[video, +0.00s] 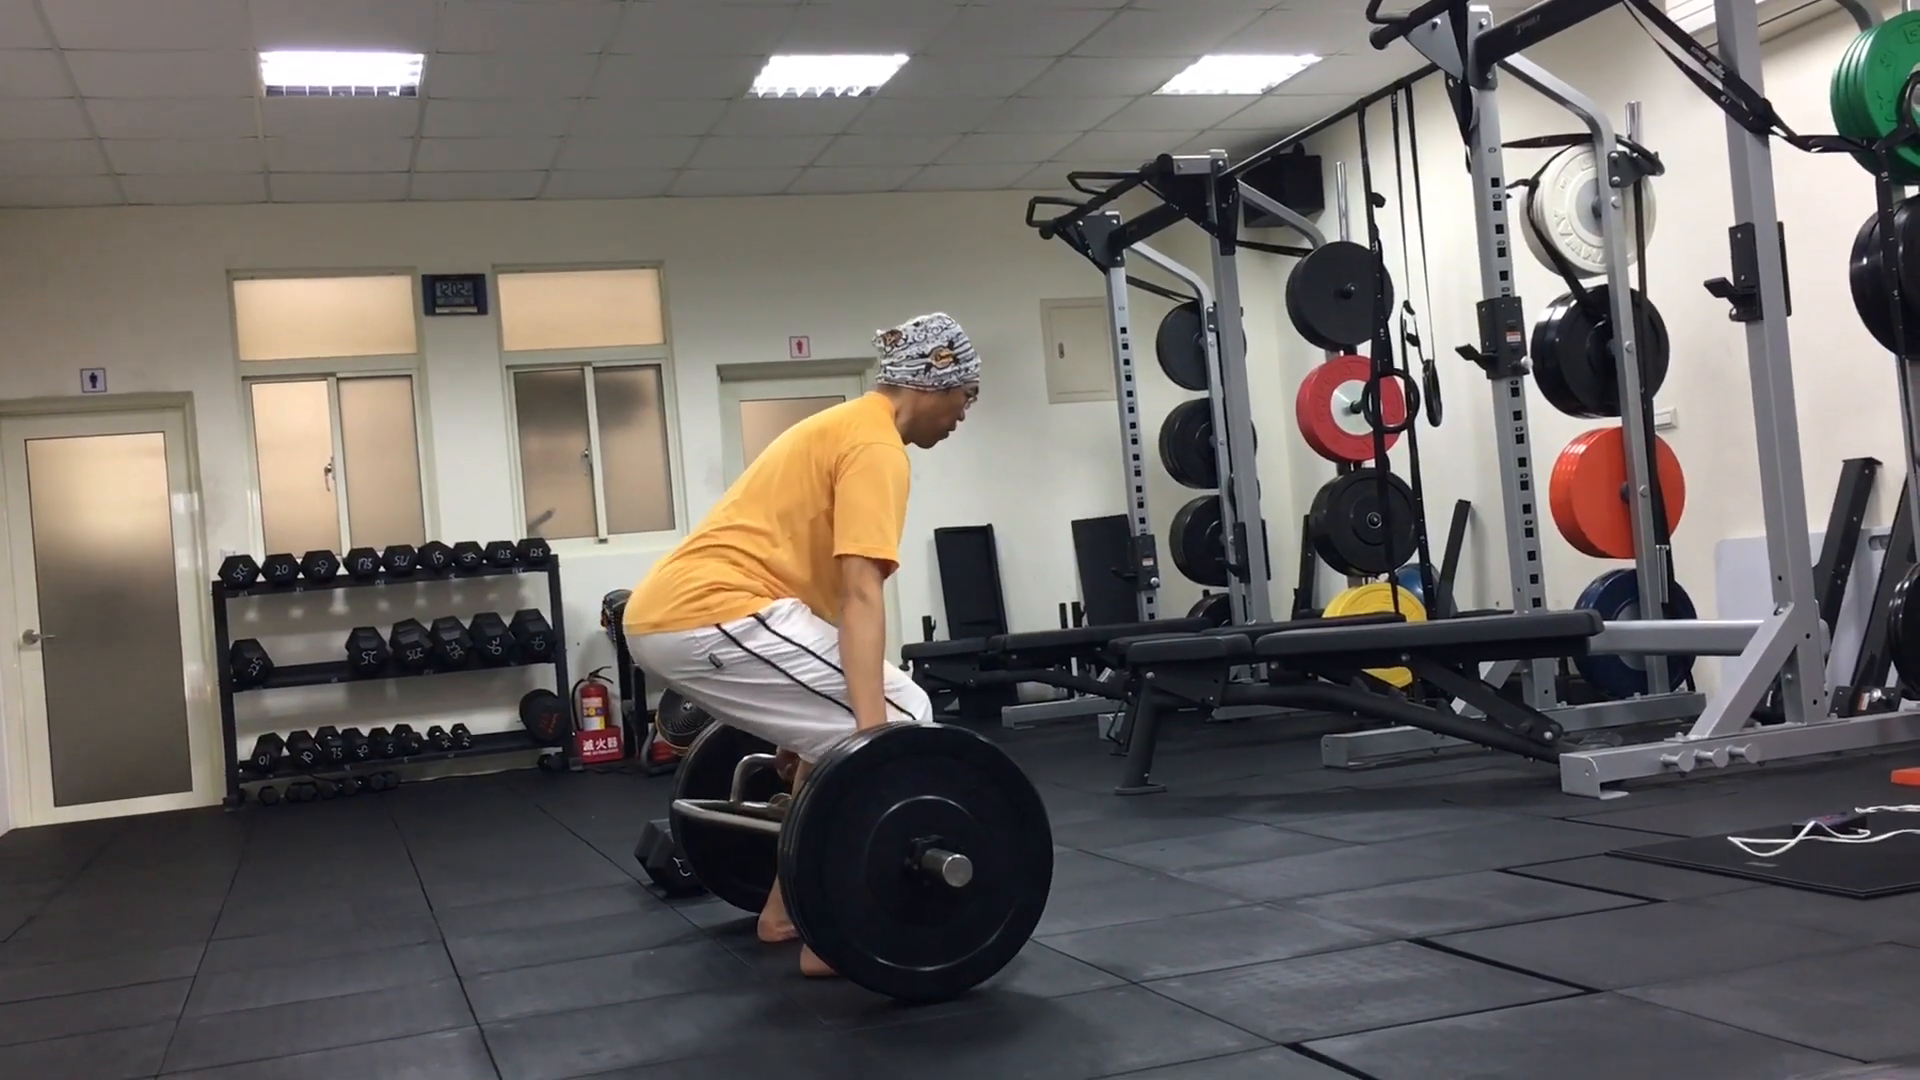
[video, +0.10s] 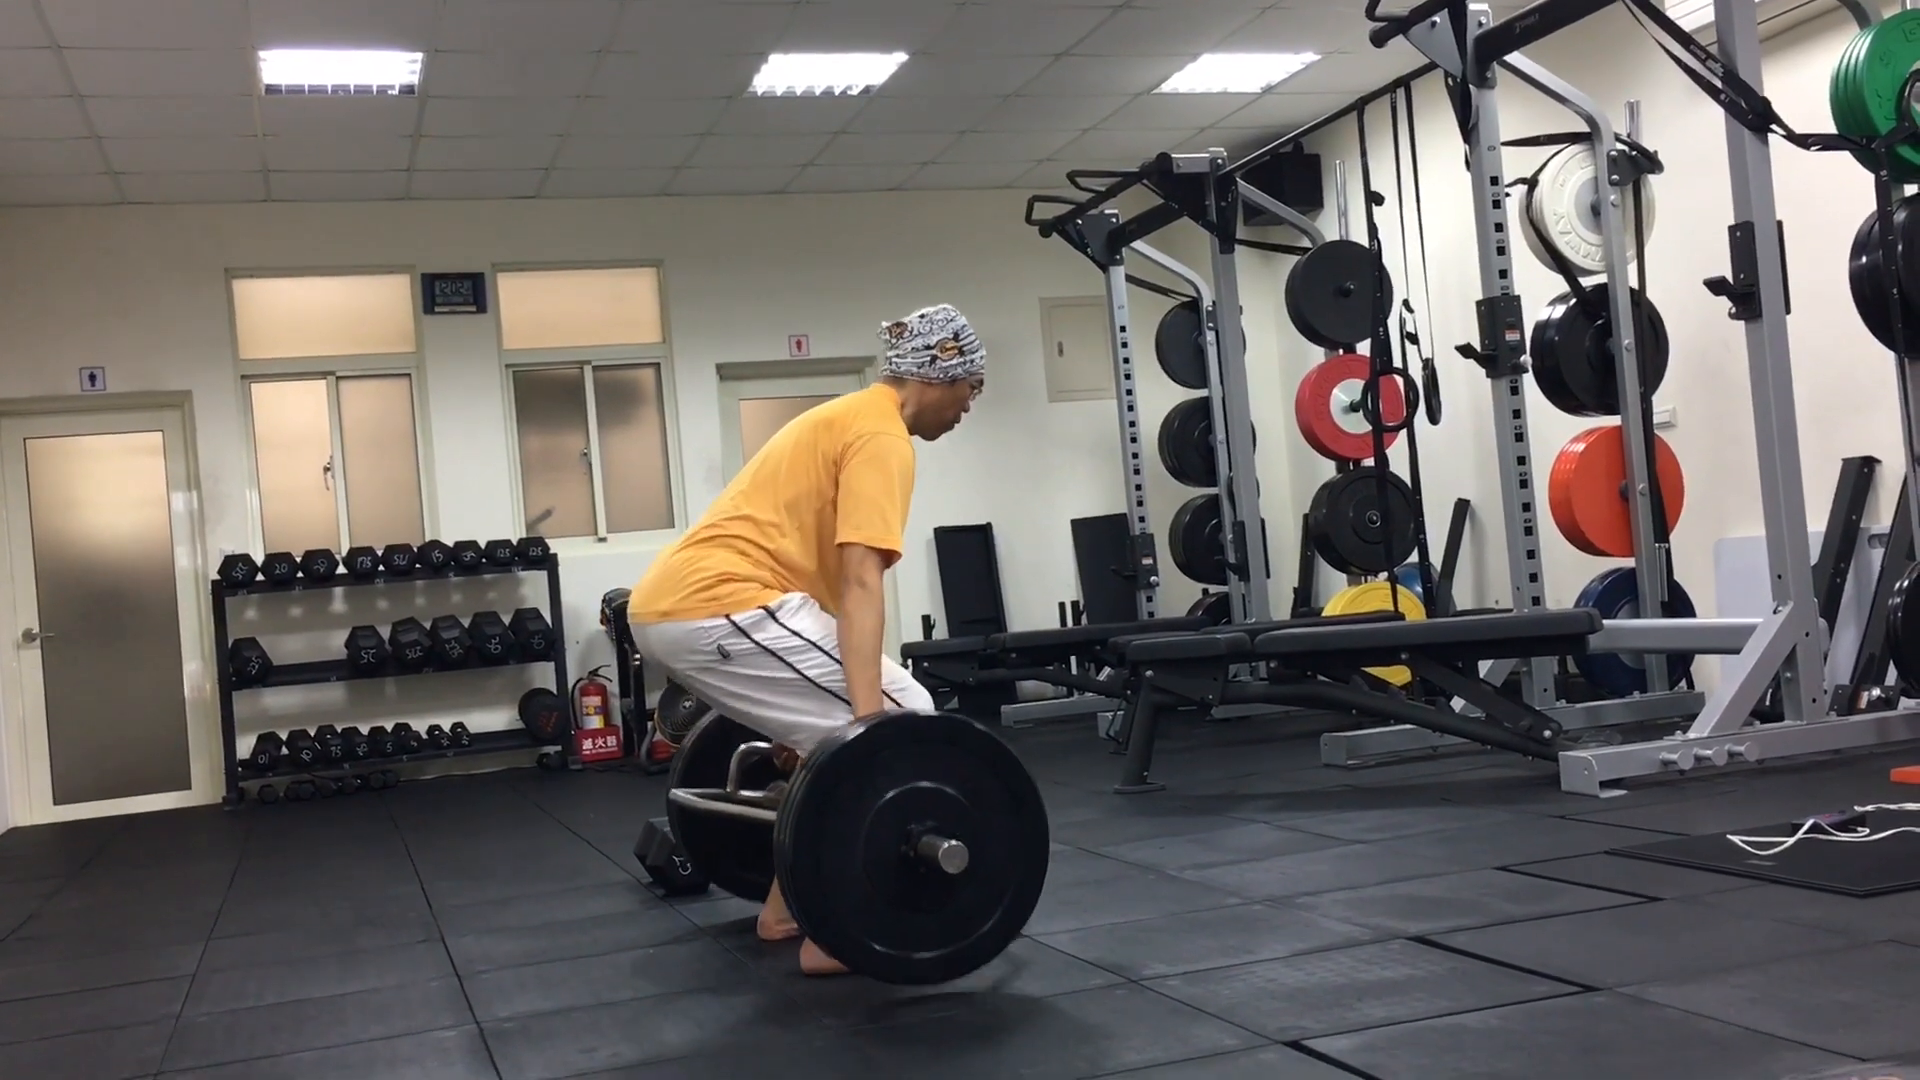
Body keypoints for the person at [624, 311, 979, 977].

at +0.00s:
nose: (961, 419)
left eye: (967, 405)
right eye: (962, 401)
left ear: (907, 382)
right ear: (926, 384)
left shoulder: (841, 428)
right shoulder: (874, 442)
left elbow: (825, 588)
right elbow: (859, 593)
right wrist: (872, 733)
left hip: (672, 613)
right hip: (717, 613)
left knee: (859, 713)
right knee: (904, 714)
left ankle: (785, 904)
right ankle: (838, 934)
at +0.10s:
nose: (967, 410)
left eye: (973, 396)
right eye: (968, 391)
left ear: (911, 373)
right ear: (933, 375)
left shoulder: (844, 418)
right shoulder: (879, 431)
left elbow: (825, 576)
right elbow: (859, 580)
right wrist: (868, 714)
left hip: (675, 605)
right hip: (725, 605)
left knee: (851, 722)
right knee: (905, 714)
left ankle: (784, 904)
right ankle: (838, 933)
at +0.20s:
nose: (970, 391)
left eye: (976, 377)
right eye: (972, 373)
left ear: (914, 355)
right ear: (941, 359)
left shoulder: (847, 401)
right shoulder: (882, 412)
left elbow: (826, 557)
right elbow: (859, 557)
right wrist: (863, 693)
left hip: (677, 588)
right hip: (729, 588)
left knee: (842, 718)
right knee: (901, 717)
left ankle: (786, 902)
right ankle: (839, 932)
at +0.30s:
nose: (963, 365)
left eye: (970, 351)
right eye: (966, 346)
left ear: (909, 328)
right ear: (936, 330)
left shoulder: (845, 372)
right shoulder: (879, 383)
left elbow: (828, 531)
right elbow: (856, 532)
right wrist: (863, 668)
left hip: (677, 562)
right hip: (726, 562)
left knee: (823, 714)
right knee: (855, 717)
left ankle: (788, 899)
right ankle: (836, 931)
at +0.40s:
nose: (957, 324)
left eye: (962, 309)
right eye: (957, 306)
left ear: (895, 288)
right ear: (926, 291)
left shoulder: (836, 337)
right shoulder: (869, 347)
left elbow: (819, 498)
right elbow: (850, 495)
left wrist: (827, 616)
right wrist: (858, 635)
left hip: (684, 535)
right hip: (728, 536)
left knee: (814, 708)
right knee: (853, 708)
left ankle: (787, 900)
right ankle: (834, 930)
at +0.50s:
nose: (944, 276)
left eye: (948, 259)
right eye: (944, 256)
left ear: (885, 238)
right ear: (913, 241)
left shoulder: (822, 295)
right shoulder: (856, 302)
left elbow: (806, 453)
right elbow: (844, 448)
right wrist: (855, 598)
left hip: (691, 511)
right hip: (734, 513)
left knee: (799, 699)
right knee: (846, 694)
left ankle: (785, 898)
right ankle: (834, 927)